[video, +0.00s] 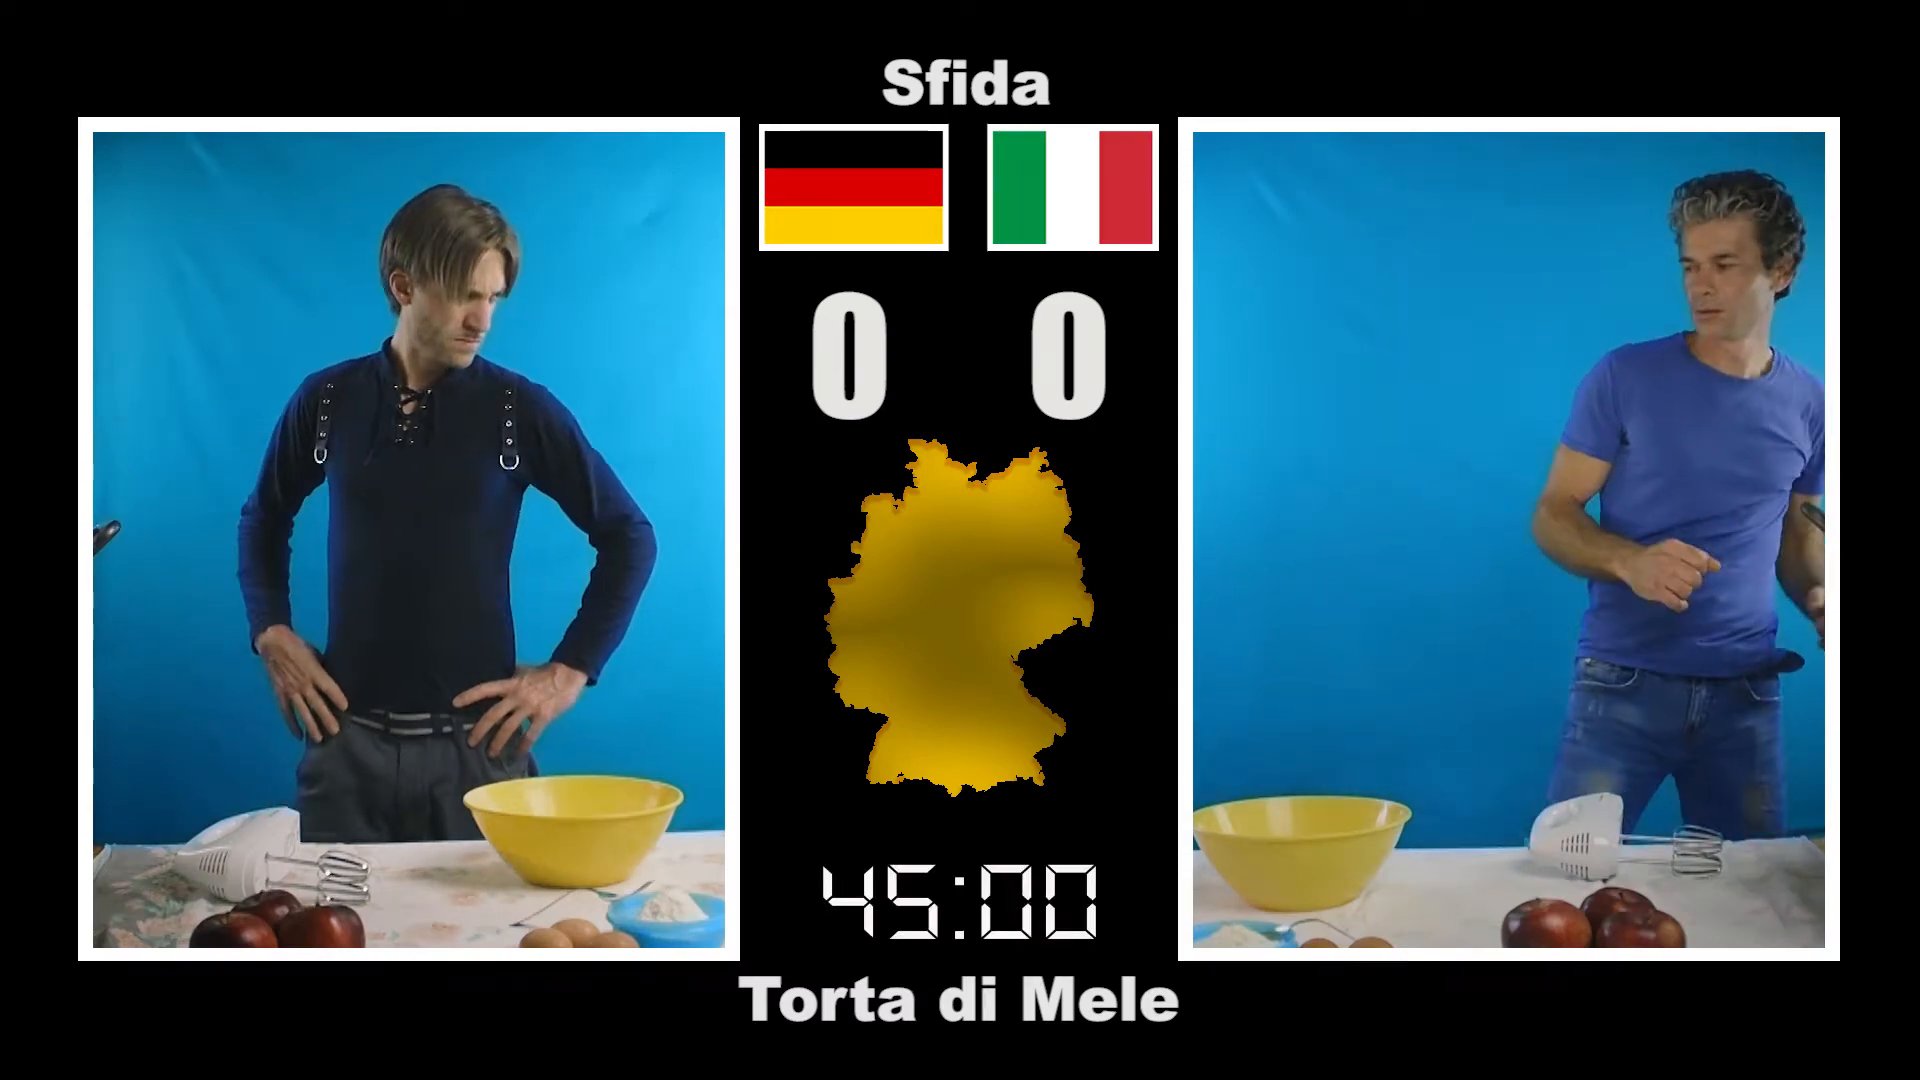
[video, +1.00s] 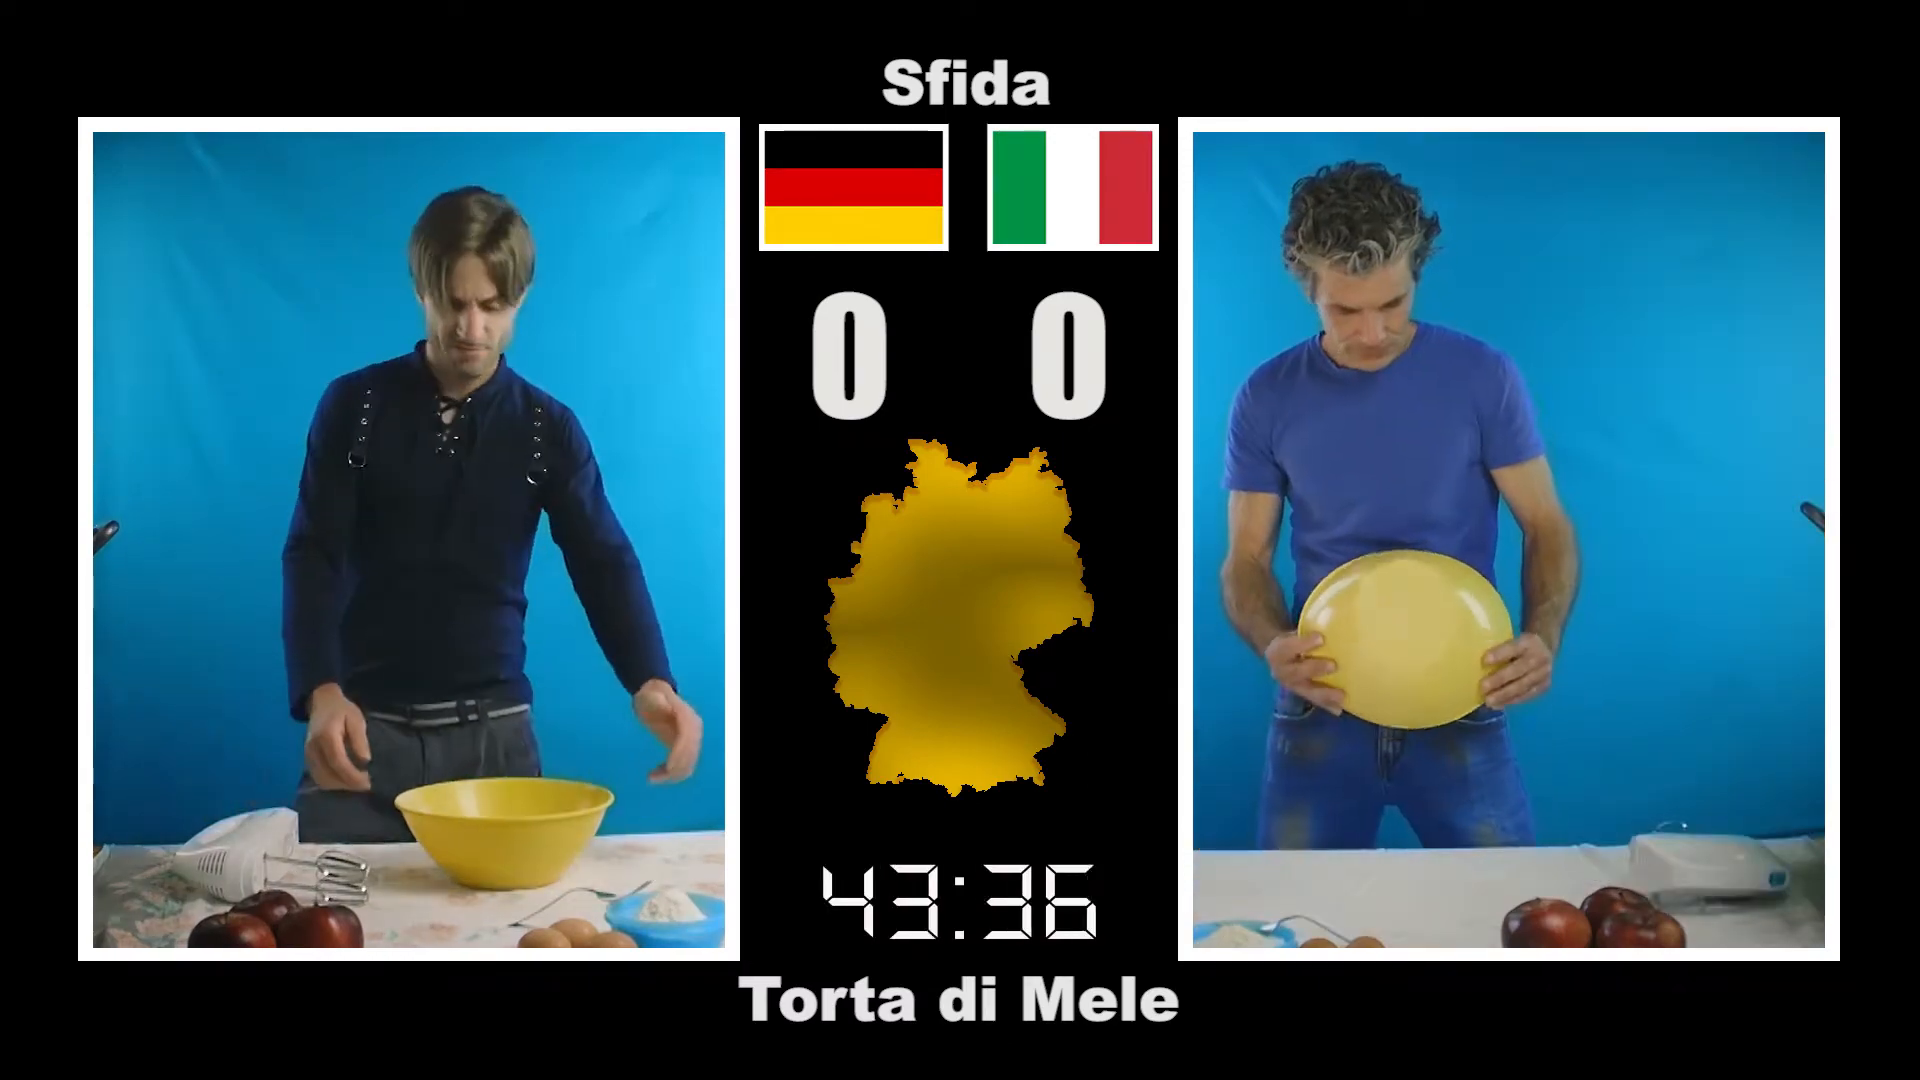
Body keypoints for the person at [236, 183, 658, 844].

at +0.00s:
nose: (480, 318)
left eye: (492, 298)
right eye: (463, 295)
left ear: (504, 296)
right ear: (402, 284)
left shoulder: (520, 411)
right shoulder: (327, 403)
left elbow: (628, 536)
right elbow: (264, 517)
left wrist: (569, 669)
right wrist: (271, 632)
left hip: (478, 752)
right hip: (349, 748)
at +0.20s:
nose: (271, 320)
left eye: (281, 295)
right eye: (247, 303)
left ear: (295, 286)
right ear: (203, 304)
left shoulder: (361, 401)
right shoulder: (176, 440)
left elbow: (426, 540)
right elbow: (152, 609)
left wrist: (460, 674)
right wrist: (191, 741)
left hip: (403, 723)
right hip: (275, 741)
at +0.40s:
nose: (291, 315)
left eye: (304, 290)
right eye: (267, 297)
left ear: (323, 288)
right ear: (232, 303)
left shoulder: (399, 405)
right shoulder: (211, 440)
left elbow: (472, 548)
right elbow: (187, 596)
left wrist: (507, 690)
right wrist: (204, 721)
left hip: (413, 734)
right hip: (282, 746)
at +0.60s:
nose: (345, 312)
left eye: (361, 288)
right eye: (323, 293)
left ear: (387, 288)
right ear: (296, 303)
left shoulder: (456, 414)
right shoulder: (268, 440)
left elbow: (531, 558)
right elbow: (236, 591)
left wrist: (571, 702)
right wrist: (228, 718)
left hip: (452, 746)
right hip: (320, 753)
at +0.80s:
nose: (414, 318)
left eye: (433, 295)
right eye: (393, 298)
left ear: (464, 296)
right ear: (369, 301)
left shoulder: (515, 429)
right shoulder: (323, 435)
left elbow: (585, 574)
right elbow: (286, 583)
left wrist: (630, 710)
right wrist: (279, 716)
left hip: (486, 749)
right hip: (356, 757)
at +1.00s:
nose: (470, 329)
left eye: (491, 306)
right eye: (452, 303)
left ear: (517, 301)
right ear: (423, 292)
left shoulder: (545, 427)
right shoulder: (354, 409)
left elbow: (602, 557)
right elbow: (314, 552)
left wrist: (648, 679)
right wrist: (320, 689)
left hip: (495, 740)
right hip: (364, 740)